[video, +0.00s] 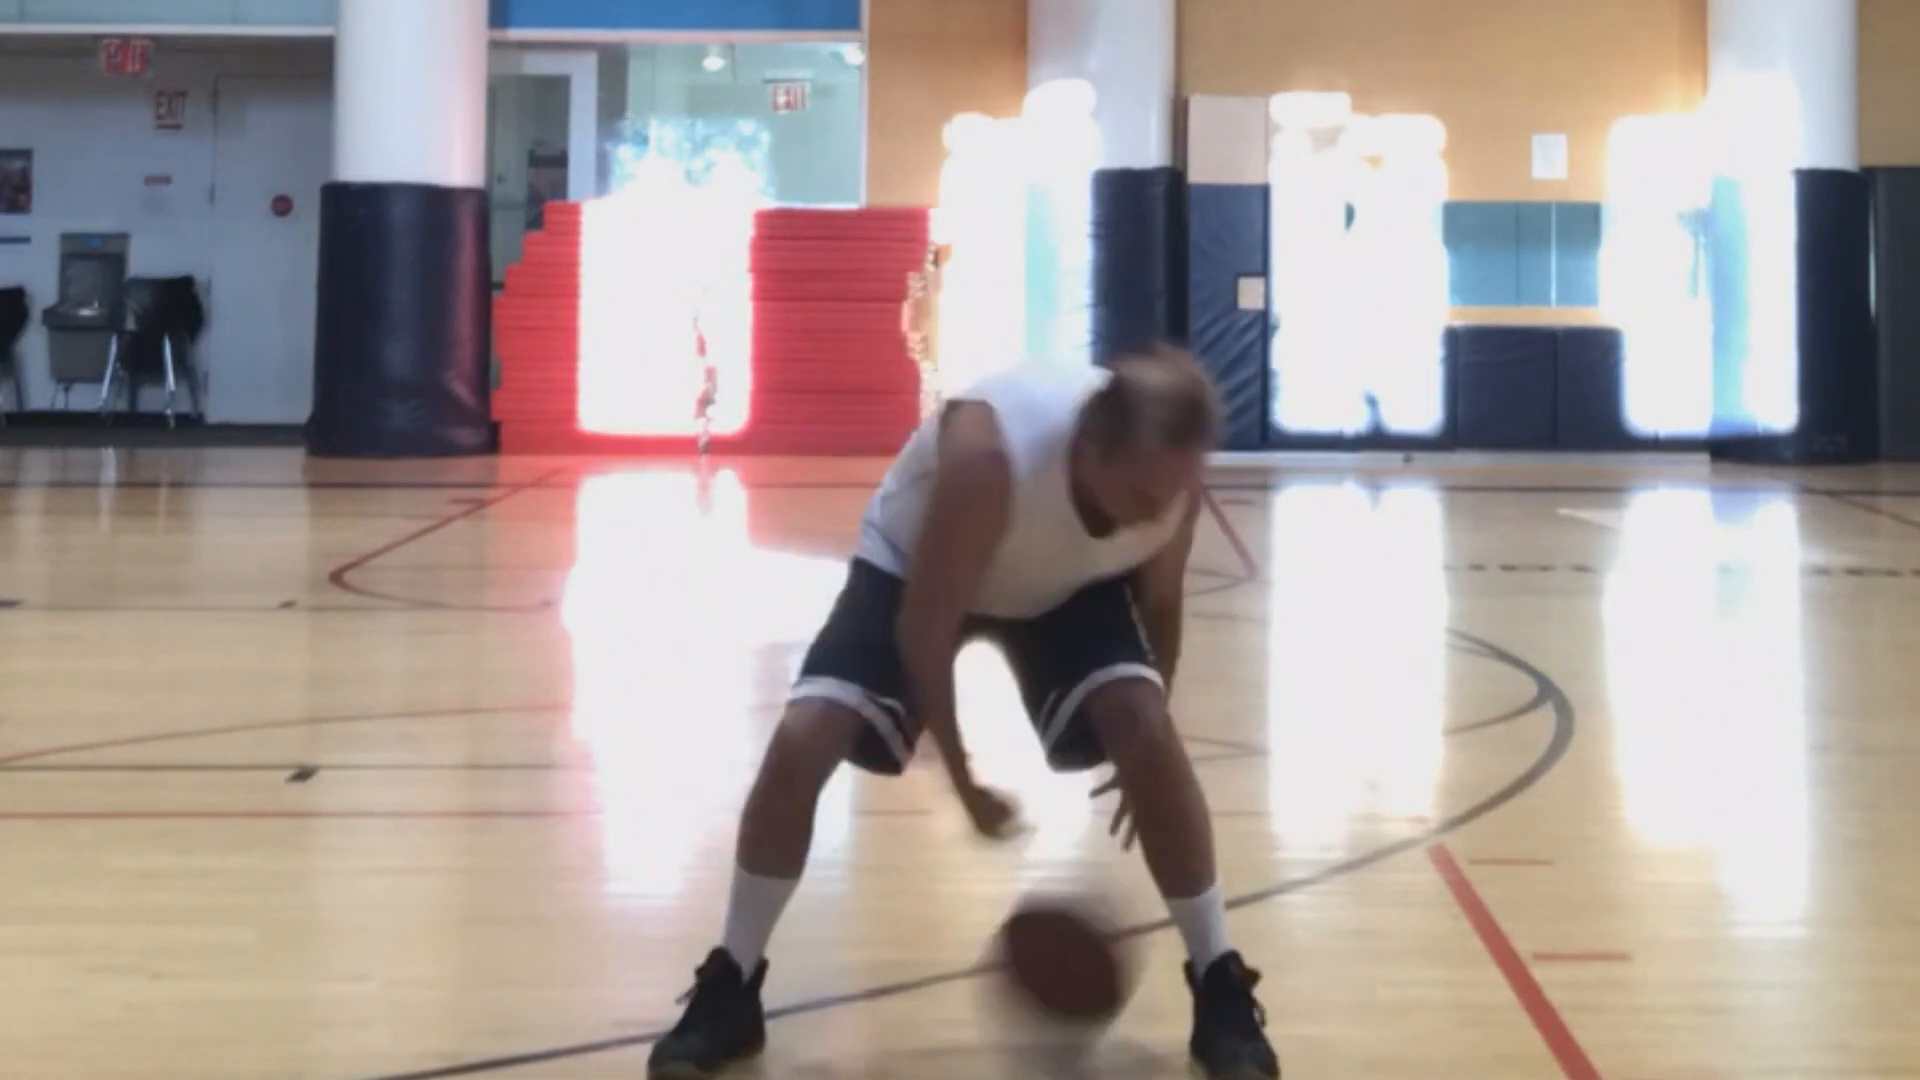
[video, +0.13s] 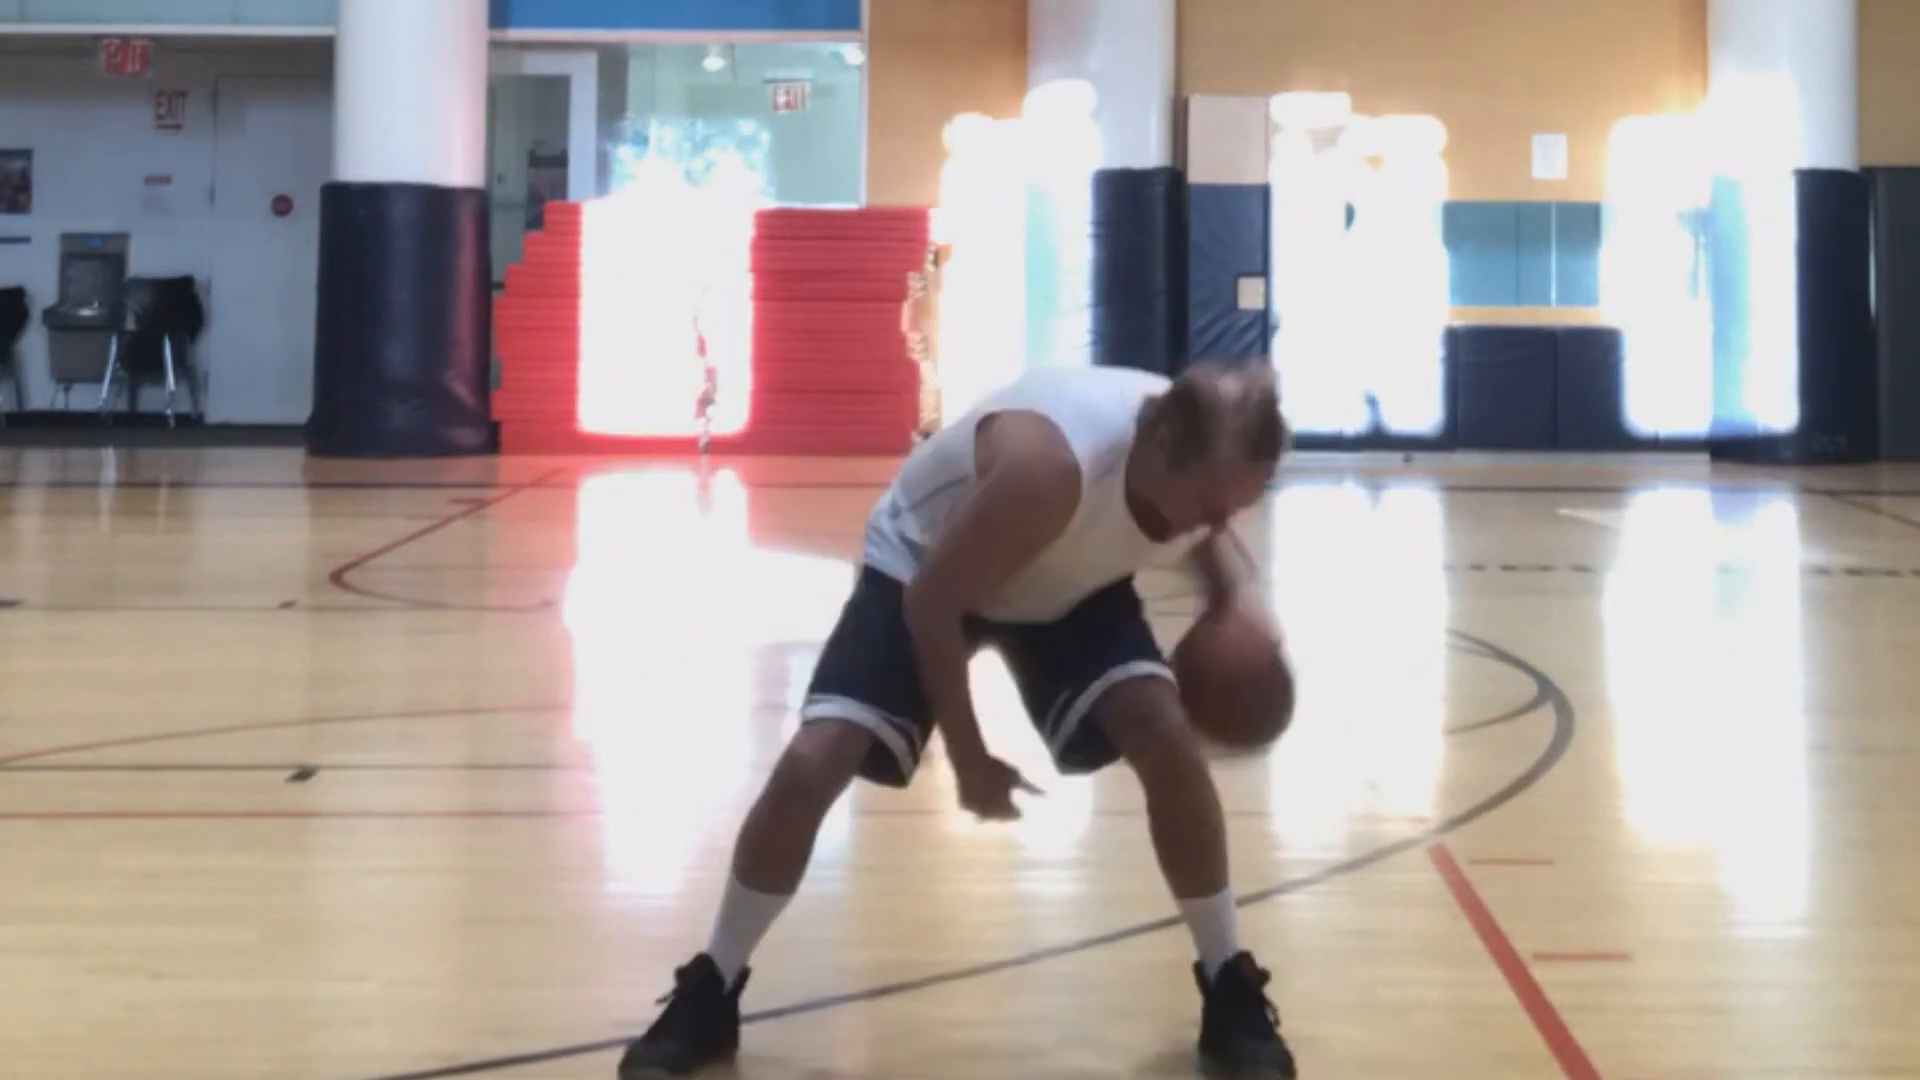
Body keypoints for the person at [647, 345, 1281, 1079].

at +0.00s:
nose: (1156, 512)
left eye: (1173, 496)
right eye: (1141, 494)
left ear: (1192, 465)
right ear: (1092, 446)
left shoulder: (1177, 478)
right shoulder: (991, 451)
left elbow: (1159, 605)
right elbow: (926, 624)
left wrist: (1143, 753)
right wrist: (965, 781)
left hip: (1067, 583)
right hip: (920, 564)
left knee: (1144, 727)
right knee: (800, 740)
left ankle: (1220, 985)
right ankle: (729, 986)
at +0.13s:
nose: (1218, 520)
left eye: (1235, 505)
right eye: (1208, 503)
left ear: (1251, 473)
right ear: (1162, 454)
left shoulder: (1201, 441)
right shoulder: (1041, 472)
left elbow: (1202, 516)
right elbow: (931, 600)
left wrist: (1235, 597)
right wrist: (970, 757)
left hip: (1073, 583)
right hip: (927, 568)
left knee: (1165, 738)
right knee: (813, 760)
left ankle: (1230, 990)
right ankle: (709, 990)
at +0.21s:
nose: (757, 480)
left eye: (769, 457)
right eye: (739, 463)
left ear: (820, 401)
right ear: (725, 420)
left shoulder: (936, 447)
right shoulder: (789, 400)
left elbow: (1065, 578)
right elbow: (750, 479)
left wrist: (1021, 753)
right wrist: (663, 563)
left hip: (1052, 564)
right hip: (912, 565)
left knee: (1122, 762)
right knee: (777, 726)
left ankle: (1223, 991)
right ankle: (699, 992)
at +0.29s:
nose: (746, 493)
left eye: (746, 473)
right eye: (734, 480)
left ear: (797, 422)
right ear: (735, 444)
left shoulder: (920, 455)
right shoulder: (787, 461)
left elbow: (1021, 601)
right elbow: (845, 594)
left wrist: (967, 736)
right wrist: (870, 746)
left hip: (1062, 580)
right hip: (910, 583)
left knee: (1138, 771)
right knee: (770, 732)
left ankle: (1230, 998)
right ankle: (683, 994)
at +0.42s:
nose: (1053, 427)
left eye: (1071, 408)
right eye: (1035, 409)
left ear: (1102, 364)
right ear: (998, 365)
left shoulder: (1147, 386)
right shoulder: (934, 380)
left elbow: (1226, 504)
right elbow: (861, 545)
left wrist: (1315, 624)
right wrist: (851, 716)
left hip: (1081, 551)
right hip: (933, 551)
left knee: (1154, 733)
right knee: (809, 736)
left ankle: (1244, 990)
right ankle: (679, 990)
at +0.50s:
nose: (1002, 396)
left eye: (1023, 379)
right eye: (984, 378)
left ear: (1057, 336)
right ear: (950, 328)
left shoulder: (1106, 360)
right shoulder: (883, 354)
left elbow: (1257, 429)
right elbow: (795, 467)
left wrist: (1375, 515)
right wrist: (741, 595)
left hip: (1062, 541)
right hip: (905, 548)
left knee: (1150, 728)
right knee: (803, 739)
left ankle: (1210, 987)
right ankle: (694, 997)